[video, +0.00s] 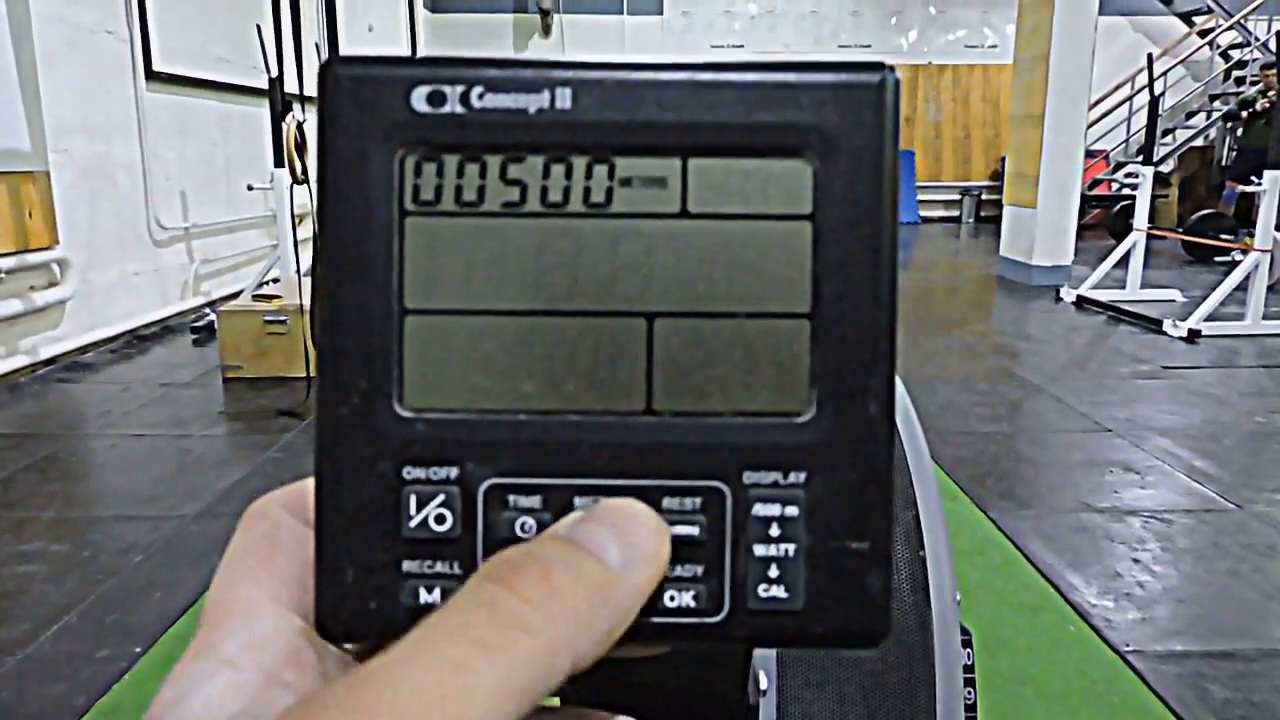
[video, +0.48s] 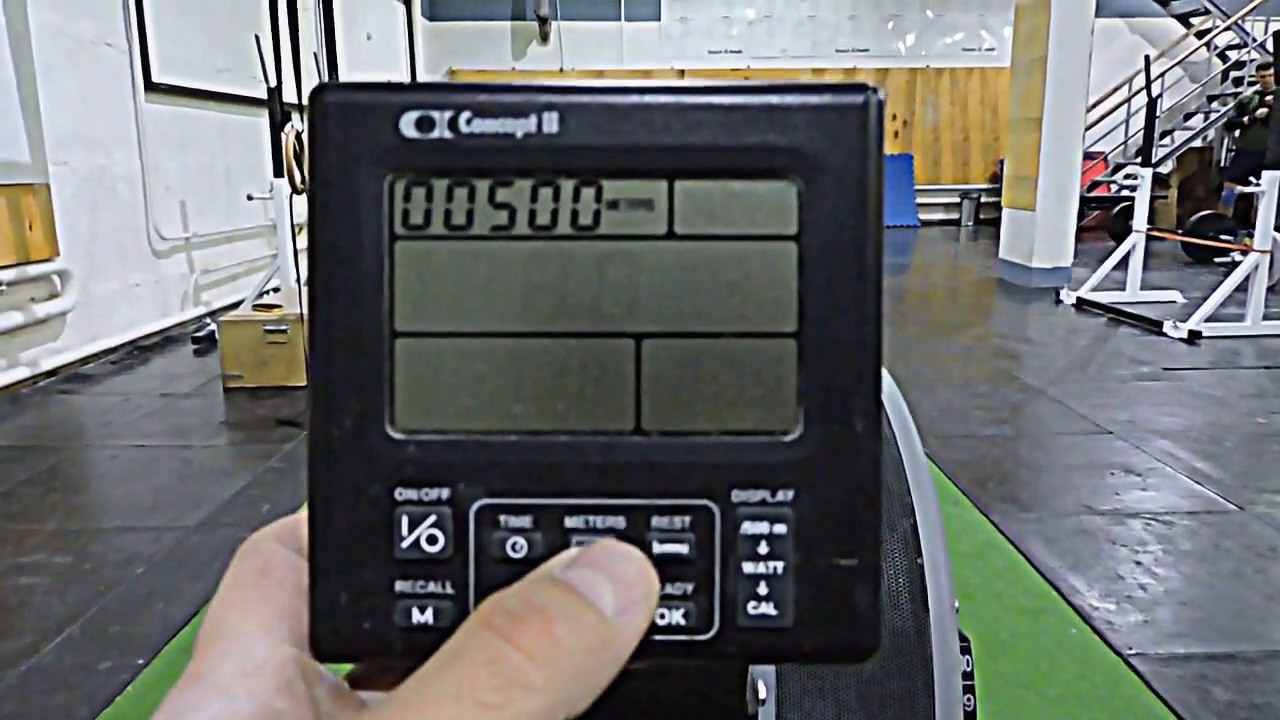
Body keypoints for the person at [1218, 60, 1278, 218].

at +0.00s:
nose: (1269, 80)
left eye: (1272, 76)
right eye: (1265, 76)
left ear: (1278, 76)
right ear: (1260, 78)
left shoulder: (1277, 98)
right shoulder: (1252, 97)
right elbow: (1227, 116)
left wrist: (1274, 104)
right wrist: (1254, 111)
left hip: (1271, 154)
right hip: (1248, 152)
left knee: (1268, 194)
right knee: (1231, 187)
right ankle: (1220, 228)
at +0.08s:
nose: (1269, 81)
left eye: (1272, 76)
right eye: (1265, 77)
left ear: (1278, 77)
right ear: (1260, 78)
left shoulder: (1277, 99)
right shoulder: (1253, 97)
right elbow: (1228, 116)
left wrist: (1273, 108)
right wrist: (1253, 114)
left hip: (1271, 154)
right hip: (1249, 152)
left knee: (1269, 193)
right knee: (1232, 186)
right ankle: (1221, 228)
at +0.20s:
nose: (1268, 81)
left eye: (1271, 77)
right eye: (1264, 78)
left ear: (1277, 78)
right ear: (1259, 80)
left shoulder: (1277, 100)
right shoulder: (1252, 99)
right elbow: (1230, 117)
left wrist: (1273, 109)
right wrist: (1248, 120)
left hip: (1271, 154)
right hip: (1248, 152)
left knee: (1270, 191)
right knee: (1231, 186)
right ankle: (1220, 228)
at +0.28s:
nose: (1267, 81)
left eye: (1270, 76)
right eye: (1263, 77)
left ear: (1276, 77)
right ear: (1258, 79)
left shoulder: (1276, 99)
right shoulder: (1249, 99)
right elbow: (1230, 122)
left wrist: (1274, 107)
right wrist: (1253, 119)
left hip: (1271, 154)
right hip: (1248, 153)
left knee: (1271, 192)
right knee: (1231, 187)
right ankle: (1221, 228)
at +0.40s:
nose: (1266, 80)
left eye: (1269, 76)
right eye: (1262, 77)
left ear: (1275, 76)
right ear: (1258, 78)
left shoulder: (1276, 98)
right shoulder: (1247, 99)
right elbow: (1229, 124)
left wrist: (1273, 107)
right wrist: (1252, 118)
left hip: (1271, 154)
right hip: (1247, 152)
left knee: (1270, 193)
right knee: (1230, 188)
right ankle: (1219, 229)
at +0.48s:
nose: (1265, 80)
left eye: (1269, 76)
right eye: (1262, 76)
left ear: (1275, 76)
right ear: (1257, 78)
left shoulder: (1276, 97)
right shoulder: (1246, 99)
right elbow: (1229, 125)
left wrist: (1272, 109)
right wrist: (1252, 118)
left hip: (1270, 153)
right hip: (1247, 152)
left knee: (1269, 192)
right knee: (1230, 187)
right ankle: (1219, 229)